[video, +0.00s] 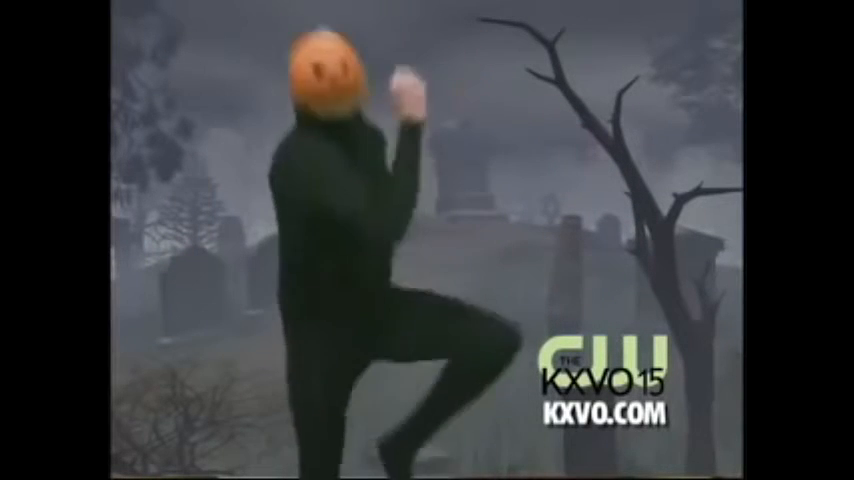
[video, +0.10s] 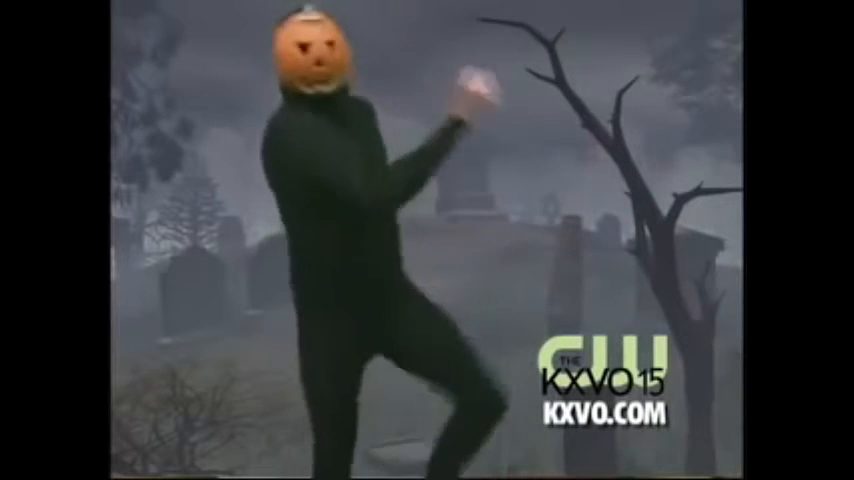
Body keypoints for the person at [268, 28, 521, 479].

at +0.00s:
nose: (343, 94)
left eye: (344, 80)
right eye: (333, 87)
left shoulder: (364, 140)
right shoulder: (298, 157)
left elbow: (380, 229)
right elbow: (386, 224)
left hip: (375, 311)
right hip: (320, 331)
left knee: (494, 340)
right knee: (320, 469)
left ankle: (402, 445)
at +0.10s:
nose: (318, 55)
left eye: (329, 44)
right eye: (302, 46)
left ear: (346, 55)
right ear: (281, 63)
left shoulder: (359, 114)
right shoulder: (287, 133)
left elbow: (373, 203)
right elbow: (375, 195)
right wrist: (455, 124)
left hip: (388, 300)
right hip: (329, 313)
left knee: (483, 401)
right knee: (333, 456)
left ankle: (437, 473)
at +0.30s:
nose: (335, 109)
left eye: (345, 96)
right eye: (319, 102)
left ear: (361, 105)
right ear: (301, 119)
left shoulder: (377, 160)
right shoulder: (306, 193)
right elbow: (403, 244)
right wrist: (472, 163)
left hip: (397, 343)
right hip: (337, 357)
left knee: (473, 451)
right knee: (338, 472)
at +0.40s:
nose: (374, 148)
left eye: (384, 134)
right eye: (357, 139)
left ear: (399, 138)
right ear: (336, 151)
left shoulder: (409, 188)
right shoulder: (328, 222)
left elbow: (415, 289)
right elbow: (403, 295)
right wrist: (438, 196)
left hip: (400, 359)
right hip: (340, 374)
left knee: (489, 441)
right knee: (343, 472)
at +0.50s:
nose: (398, 128)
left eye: (411, 114)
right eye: (382, 117)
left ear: (428, 119)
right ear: (361, 128)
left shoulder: (449, 164)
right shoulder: (348, 194)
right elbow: (384, 294)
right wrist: (458, 258)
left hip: (414, 347)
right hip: (352, 358)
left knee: (497, 449)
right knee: (350, 472)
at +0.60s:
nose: (424, 90)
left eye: (437, 78)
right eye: (409, 79)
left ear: (454, 85)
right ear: (387, 91)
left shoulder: (475, 141)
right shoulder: (371, 161)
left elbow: (520, 156)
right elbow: (395, 271)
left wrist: (505, 221)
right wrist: (443, 367)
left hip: (449, 329)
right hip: (377, 335)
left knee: (485, 463)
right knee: (355, 465)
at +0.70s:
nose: (455, 94)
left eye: (469, 82)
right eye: (440, 84)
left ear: (488, 92)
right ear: (419, 94)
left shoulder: (514, 162)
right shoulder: (398, 174)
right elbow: (382, 290)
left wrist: (534, 274)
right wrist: (381, 394)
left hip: (474, 348)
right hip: (400, 350)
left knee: (495, 469)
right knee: (364, 468)